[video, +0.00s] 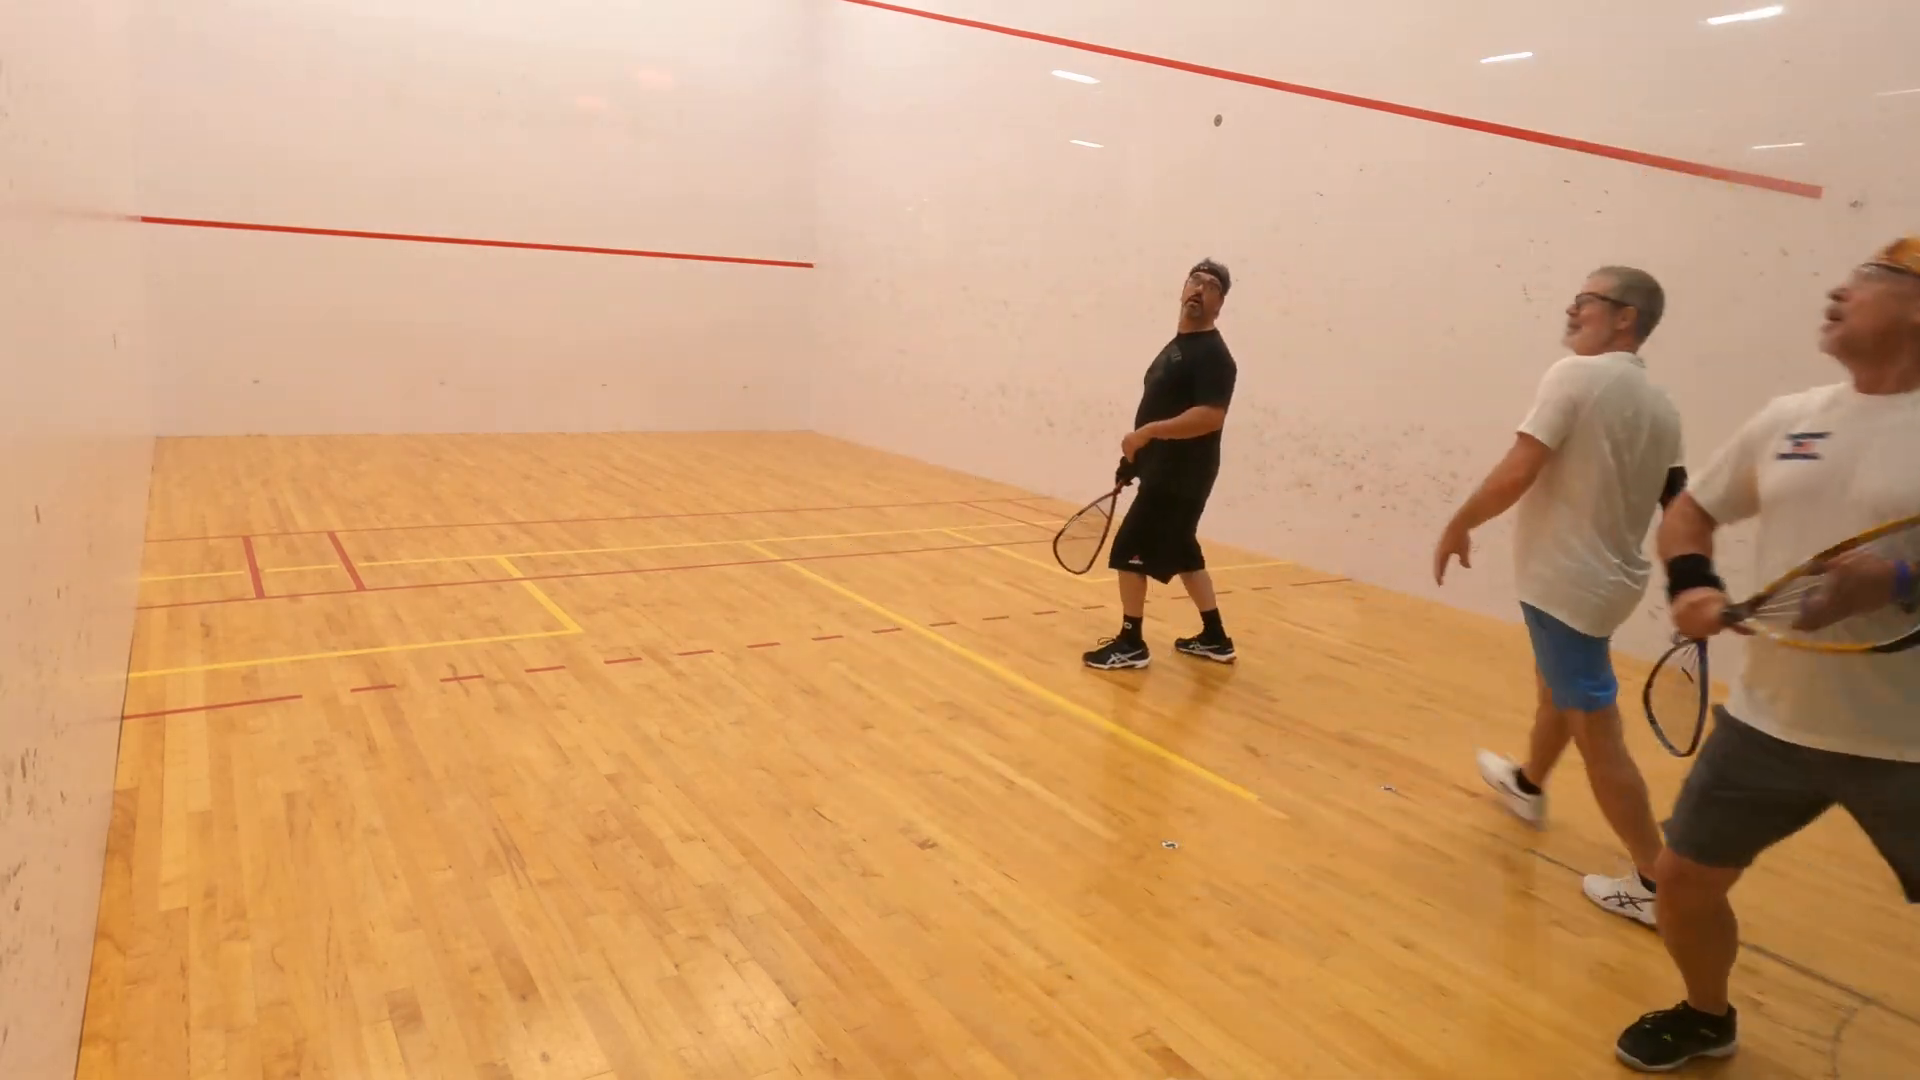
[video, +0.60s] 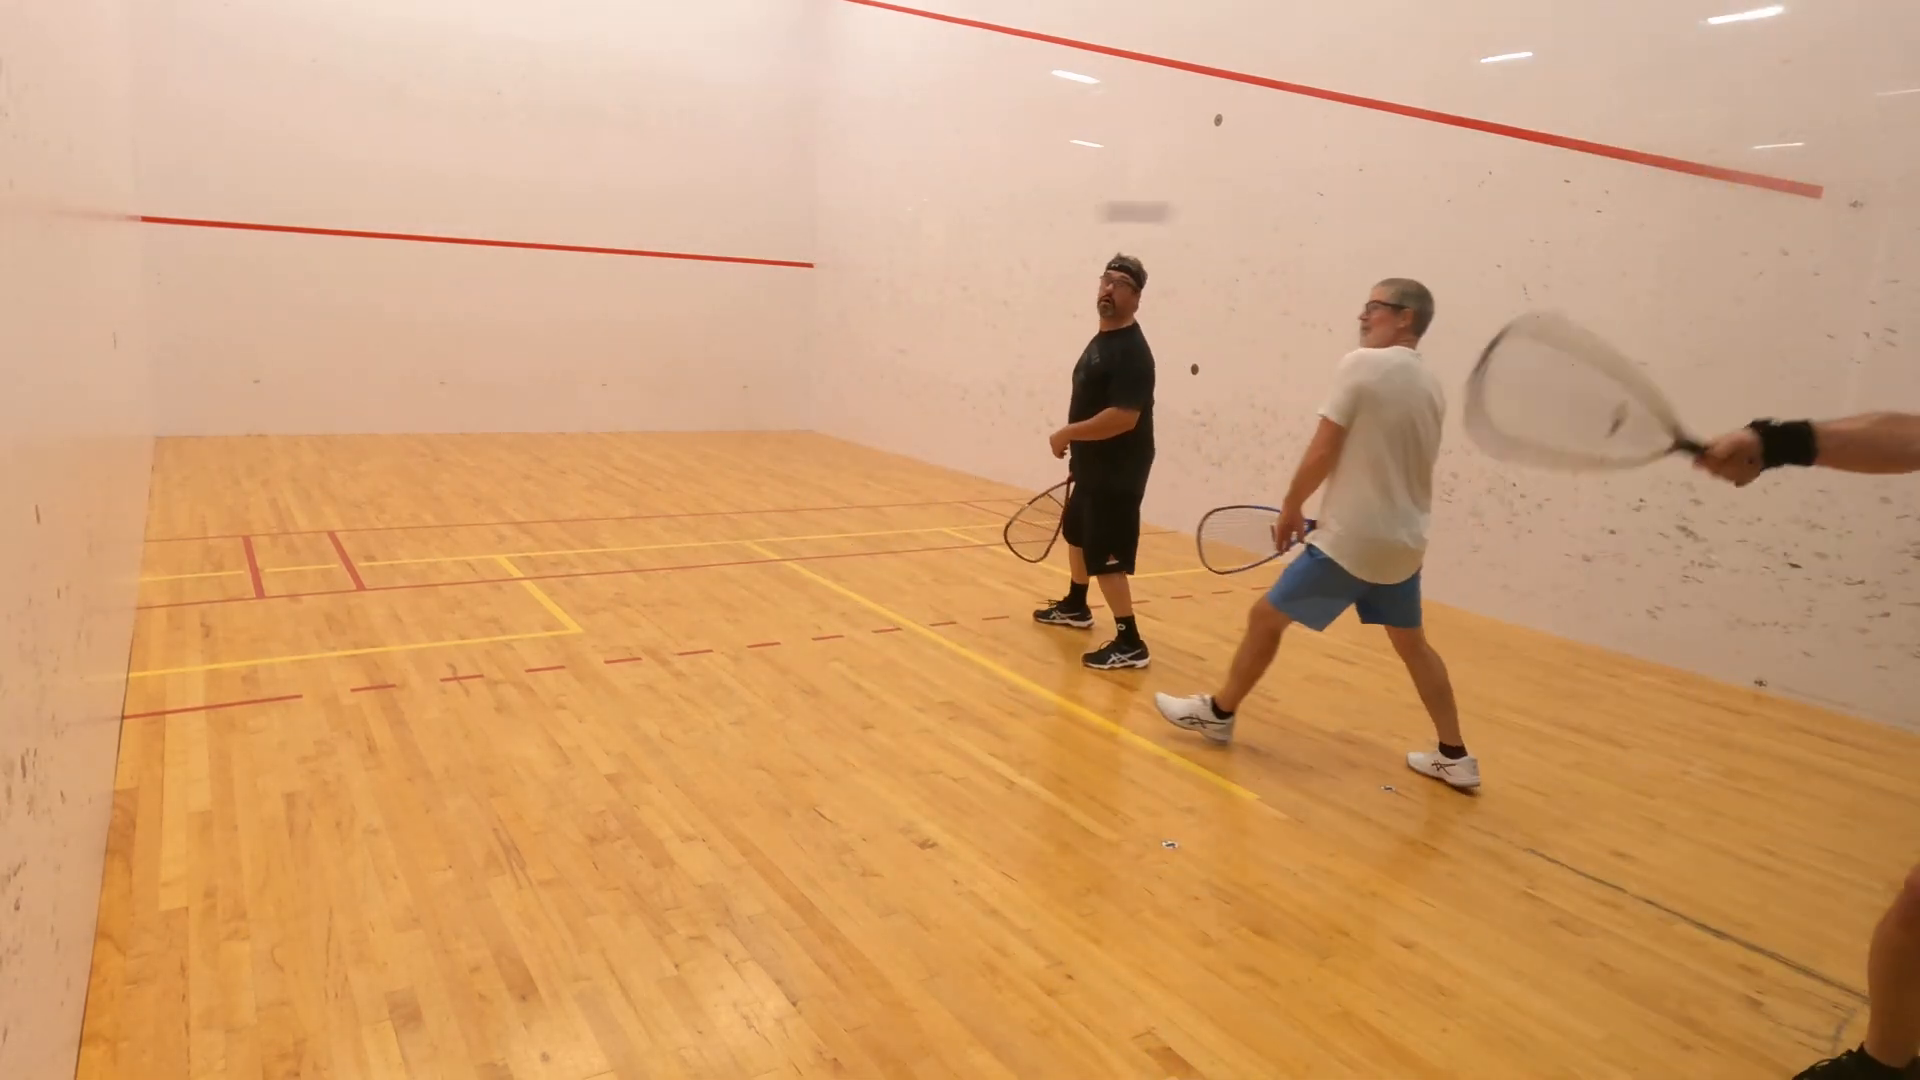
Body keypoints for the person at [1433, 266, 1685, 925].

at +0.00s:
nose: (1571, 312)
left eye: (1587, 302)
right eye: (1575, 300)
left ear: (1626, 318)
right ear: (1630, 321)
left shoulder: (1575, 377)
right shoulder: (1661, 404)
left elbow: (1518, 471)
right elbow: (1677, 506)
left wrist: (1460, 523)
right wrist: (1694, 587)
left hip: (1559, 583)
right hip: (1617, 585)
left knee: (1600, 737)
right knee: (1557, 686)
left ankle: (1655, 881)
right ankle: (1529, 784)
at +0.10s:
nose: (1534, 323)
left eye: (1548, 314)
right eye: (1536, 312)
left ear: (1590, 328)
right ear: (1588, 331)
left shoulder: (1547, 387)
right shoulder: (1610, 403)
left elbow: (1491, 477)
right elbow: (1633, 499)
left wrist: (1424, 521)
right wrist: (1656, 575)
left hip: (1527, 583)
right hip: (1566, 583)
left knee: (1554, 729)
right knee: (1502, 664)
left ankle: (1651, 861)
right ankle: (1465, 763)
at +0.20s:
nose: (1504, 324)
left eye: (1518, 315)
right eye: (1505, 314)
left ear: (1556, 328)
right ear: (1550, 331)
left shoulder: (1522, 384)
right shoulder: (1562, 391)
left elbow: (1475, 474)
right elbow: (1579, 487)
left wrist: (1402, 522)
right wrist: (1583, 560)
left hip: (1490, 564)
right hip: (1521, 562)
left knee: (1456, 696)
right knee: (1466, 660)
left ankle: (1586, 789)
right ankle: (1455, 759)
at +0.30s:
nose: (1476, 310)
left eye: (1489, 303)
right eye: (1475, 302)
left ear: (1525, 315)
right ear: (1522, 321)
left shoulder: (1495, 367)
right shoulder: (1529, 375)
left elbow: (1452, 458)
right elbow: (1531, 480)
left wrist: (1397, 506)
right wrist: (1499, 534)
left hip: (1457, 544)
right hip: (1493, 544)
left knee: (1389, 657)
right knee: (1449, 644)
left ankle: (1498, 753)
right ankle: (1458, 757)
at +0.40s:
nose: (1446, 302)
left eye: (1458, 295)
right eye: (1446, 293)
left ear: (1493, 306)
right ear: (1488, 310)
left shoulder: (1463, 356)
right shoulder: (1494, 362)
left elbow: (1426, 440)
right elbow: (1457, 454)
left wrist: (1375, 492)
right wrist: (1402, 504)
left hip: (1425, 532)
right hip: (1465, 534)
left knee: (1346, 630)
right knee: (1446, 641)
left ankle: (1389, 741)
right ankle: (1457, 758)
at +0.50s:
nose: (1407, 307)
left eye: (1418, 299)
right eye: (1408, 298)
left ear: (1453, 309)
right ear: (1453, 312)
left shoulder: (1417, 356)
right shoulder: (1466, 371)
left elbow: (1380, 440)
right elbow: (1434, 460)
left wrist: (1335, 496)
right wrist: (1364, 508)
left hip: (1391, 530)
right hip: (1436, 534)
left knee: (1311, 622)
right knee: (1428, 639)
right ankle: (1457, 756)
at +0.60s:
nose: (1362, 317)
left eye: (1373, 308)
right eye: (1365, 308)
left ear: (1405, 318)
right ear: (1408, 321)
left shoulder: (1362, 366)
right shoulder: (1431, 386)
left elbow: (1323, 451)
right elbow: (1402, 474)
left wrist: (1291, 506)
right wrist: (1333, 517)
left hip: (1350, 538)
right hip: (1403, 544)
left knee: (1267, 616)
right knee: (1412, 643)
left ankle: (1219, 711)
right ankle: (1455, 754)